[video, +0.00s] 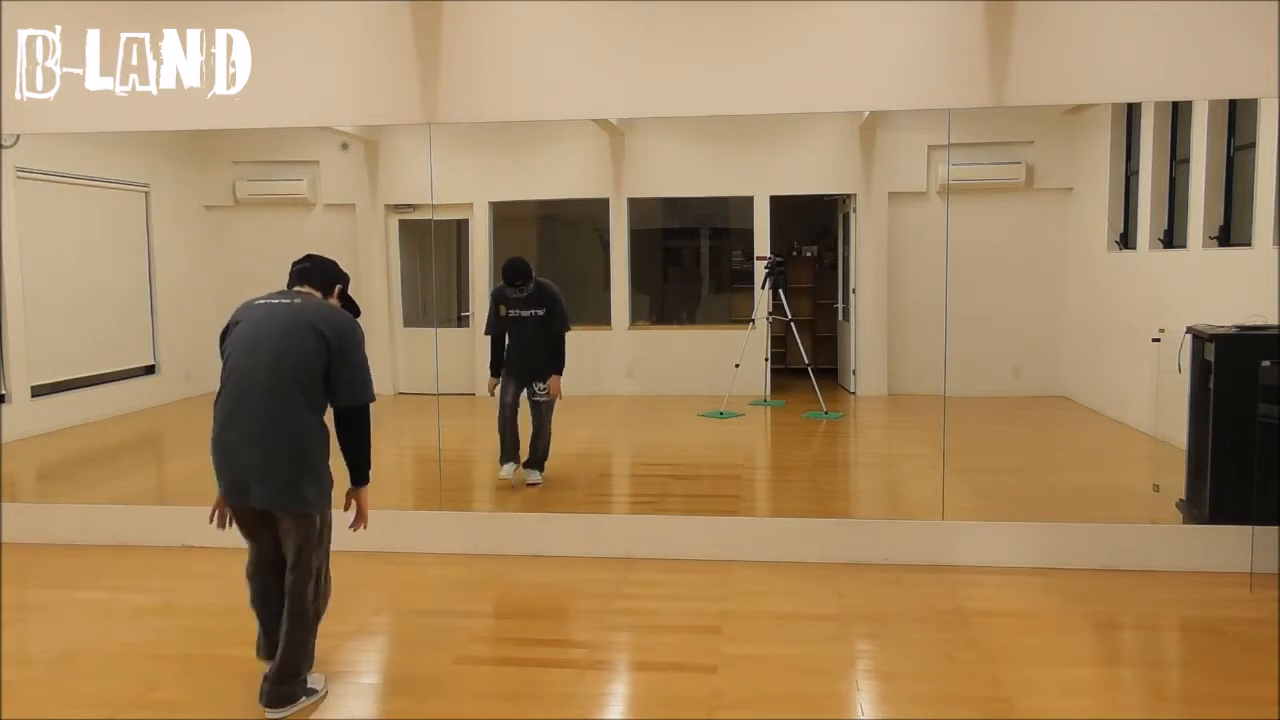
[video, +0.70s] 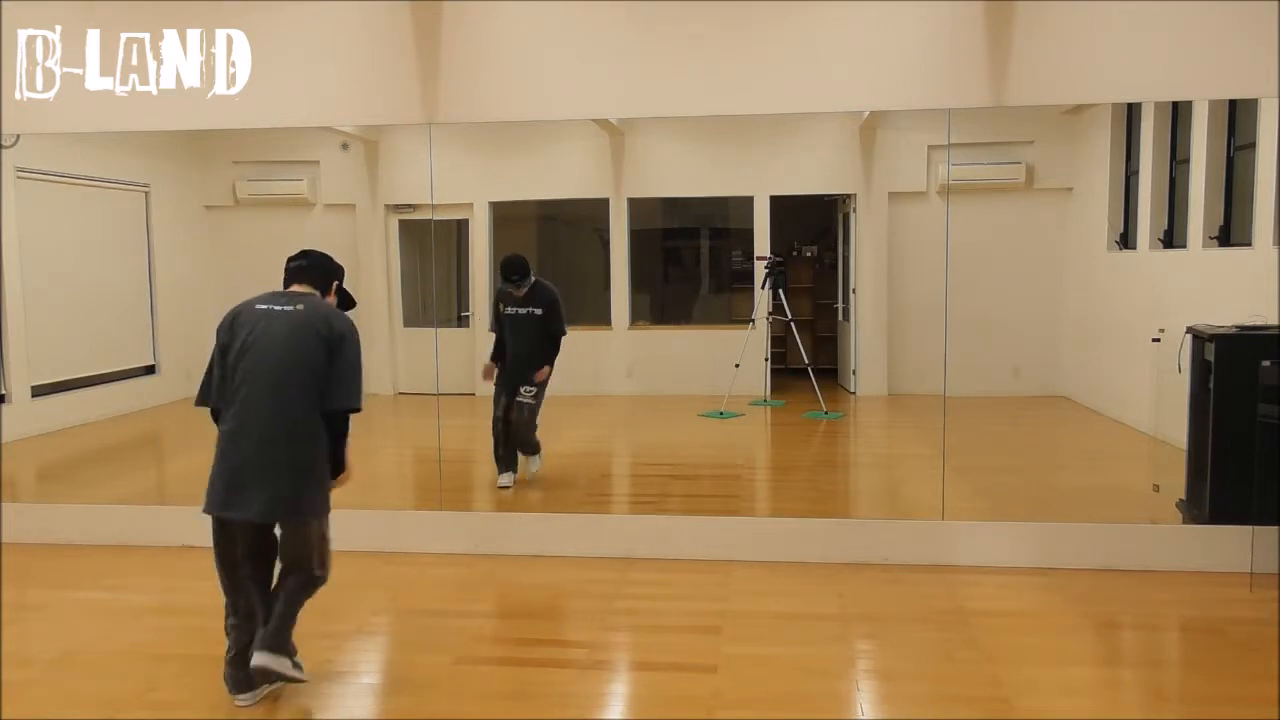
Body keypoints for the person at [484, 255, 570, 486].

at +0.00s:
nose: (520, 292)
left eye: (524, 288)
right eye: (515, 289)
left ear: (531, 279)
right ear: (507, 283)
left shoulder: (549, 293)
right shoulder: (500, 295)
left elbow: (559, 336)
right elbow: (497, 337)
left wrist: (557, 374)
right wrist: (495, 373)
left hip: (544, 364)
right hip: (515, 362)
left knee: (542, 420)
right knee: (506, 407)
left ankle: (535, 467)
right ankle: (509, 460)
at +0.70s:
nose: (516, 291)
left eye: (519, 286)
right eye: (511, 287)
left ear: (528, 277)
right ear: (505, 280)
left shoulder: (547, 295)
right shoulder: (503, 294)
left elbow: (556, 334)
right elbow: (501, 333)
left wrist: (548, 365)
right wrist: (493, 361)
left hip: (536, 368)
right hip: (509, 366)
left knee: (520, 420)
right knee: (501, 419)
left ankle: (532, 451)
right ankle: (506, 469)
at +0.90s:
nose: (528, 272)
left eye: (532, 266)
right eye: (524, 267)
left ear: (542, 259)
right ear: (518, 263)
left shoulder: (564, 279)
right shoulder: (514, 282)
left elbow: (592, 296)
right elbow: (493, 300)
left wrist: (600, 302)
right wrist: (472, 306)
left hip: (555, 362)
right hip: (524, 361)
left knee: (566, 415)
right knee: (509, 414)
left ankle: (589, 452)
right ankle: (506, 469)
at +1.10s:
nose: (544, 271)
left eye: (547, 266)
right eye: (539, 267)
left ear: (557, 261)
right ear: (533, 265)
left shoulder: (579, 281)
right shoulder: (530, 288)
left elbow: (609, 300)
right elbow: (505, 309)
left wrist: (638, 314)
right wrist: (473, 319)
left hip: (582, 359)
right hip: (551, 360)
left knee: (590, 414)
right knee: (533, 408)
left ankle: (610, 461)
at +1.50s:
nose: (561, 269)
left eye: (565, 264)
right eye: (556, 265)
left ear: (572, 258)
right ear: (547, 261)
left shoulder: (585, 274)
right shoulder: (538, 279)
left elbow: (586, 308)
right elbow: (535, 315)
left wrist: (554, 311)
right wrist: (558, 320)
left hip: (579, 352)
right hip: (551, 354)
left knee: (573, 410)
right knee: (563, 411)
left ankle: (553, 460)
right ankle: (583, 455)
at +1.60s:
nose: (559, 273)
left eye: (563, 268)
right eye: (554, 269)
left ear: (570, 263)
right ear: (546, 264)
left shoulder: (581, 278)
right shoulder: (536, 279)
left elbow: (579, 312)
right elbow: (533, 318)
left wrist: (564, 327)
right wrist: (560, 319)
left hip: (574, 351)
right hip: (547, 354)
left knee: (567, 410)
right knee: (559, 411)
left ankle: (546, 461)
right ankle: (582, 455)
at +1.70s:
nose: (553, 277)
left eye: (557, 272)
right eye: (549, 273)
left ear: (565, 266)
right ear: (541, 267)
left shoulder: (577, 280)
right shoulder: (531, 279)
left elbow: (575, 316)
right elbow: (534, 314)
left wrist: (549, 325)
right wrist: (550, 336)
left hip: (568, 354)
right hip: (541, 356)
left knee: (562, 410)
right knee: (554, 412)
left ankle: (547, 462)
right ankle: (581, 453)